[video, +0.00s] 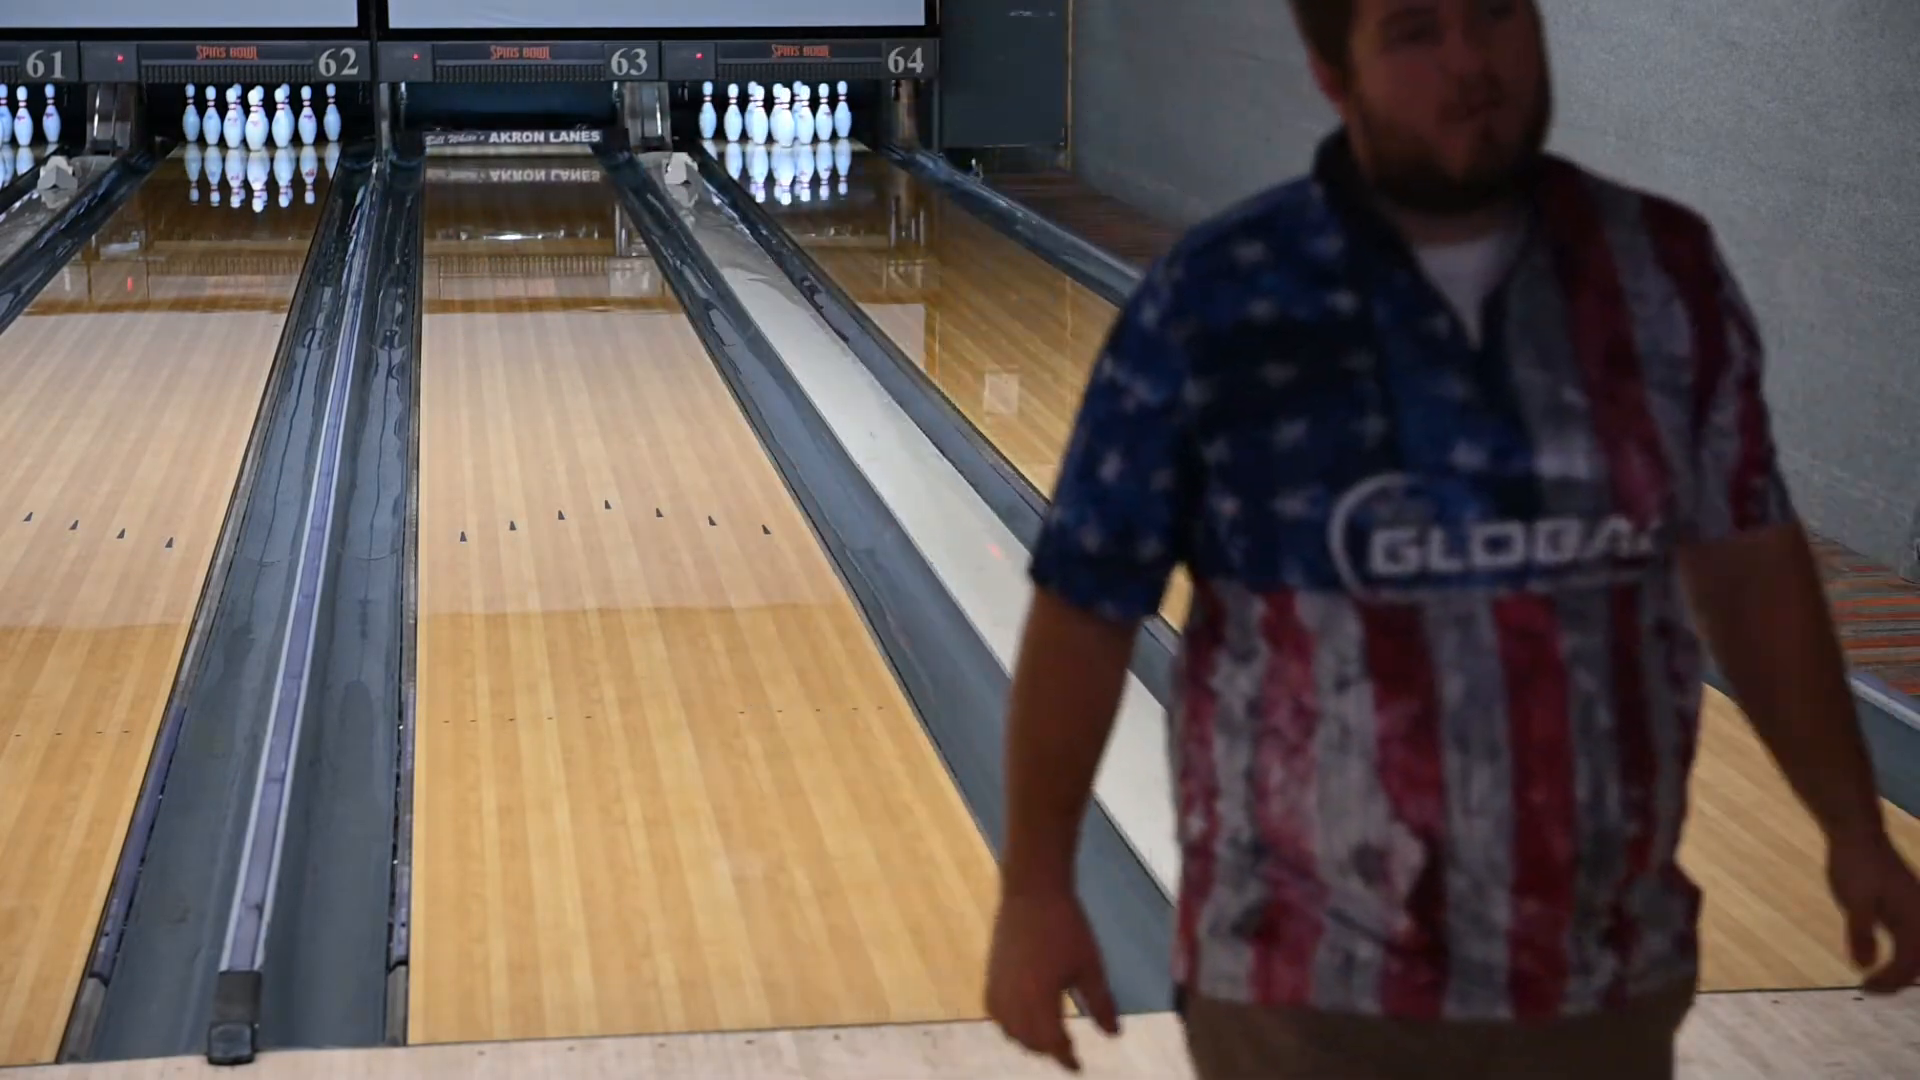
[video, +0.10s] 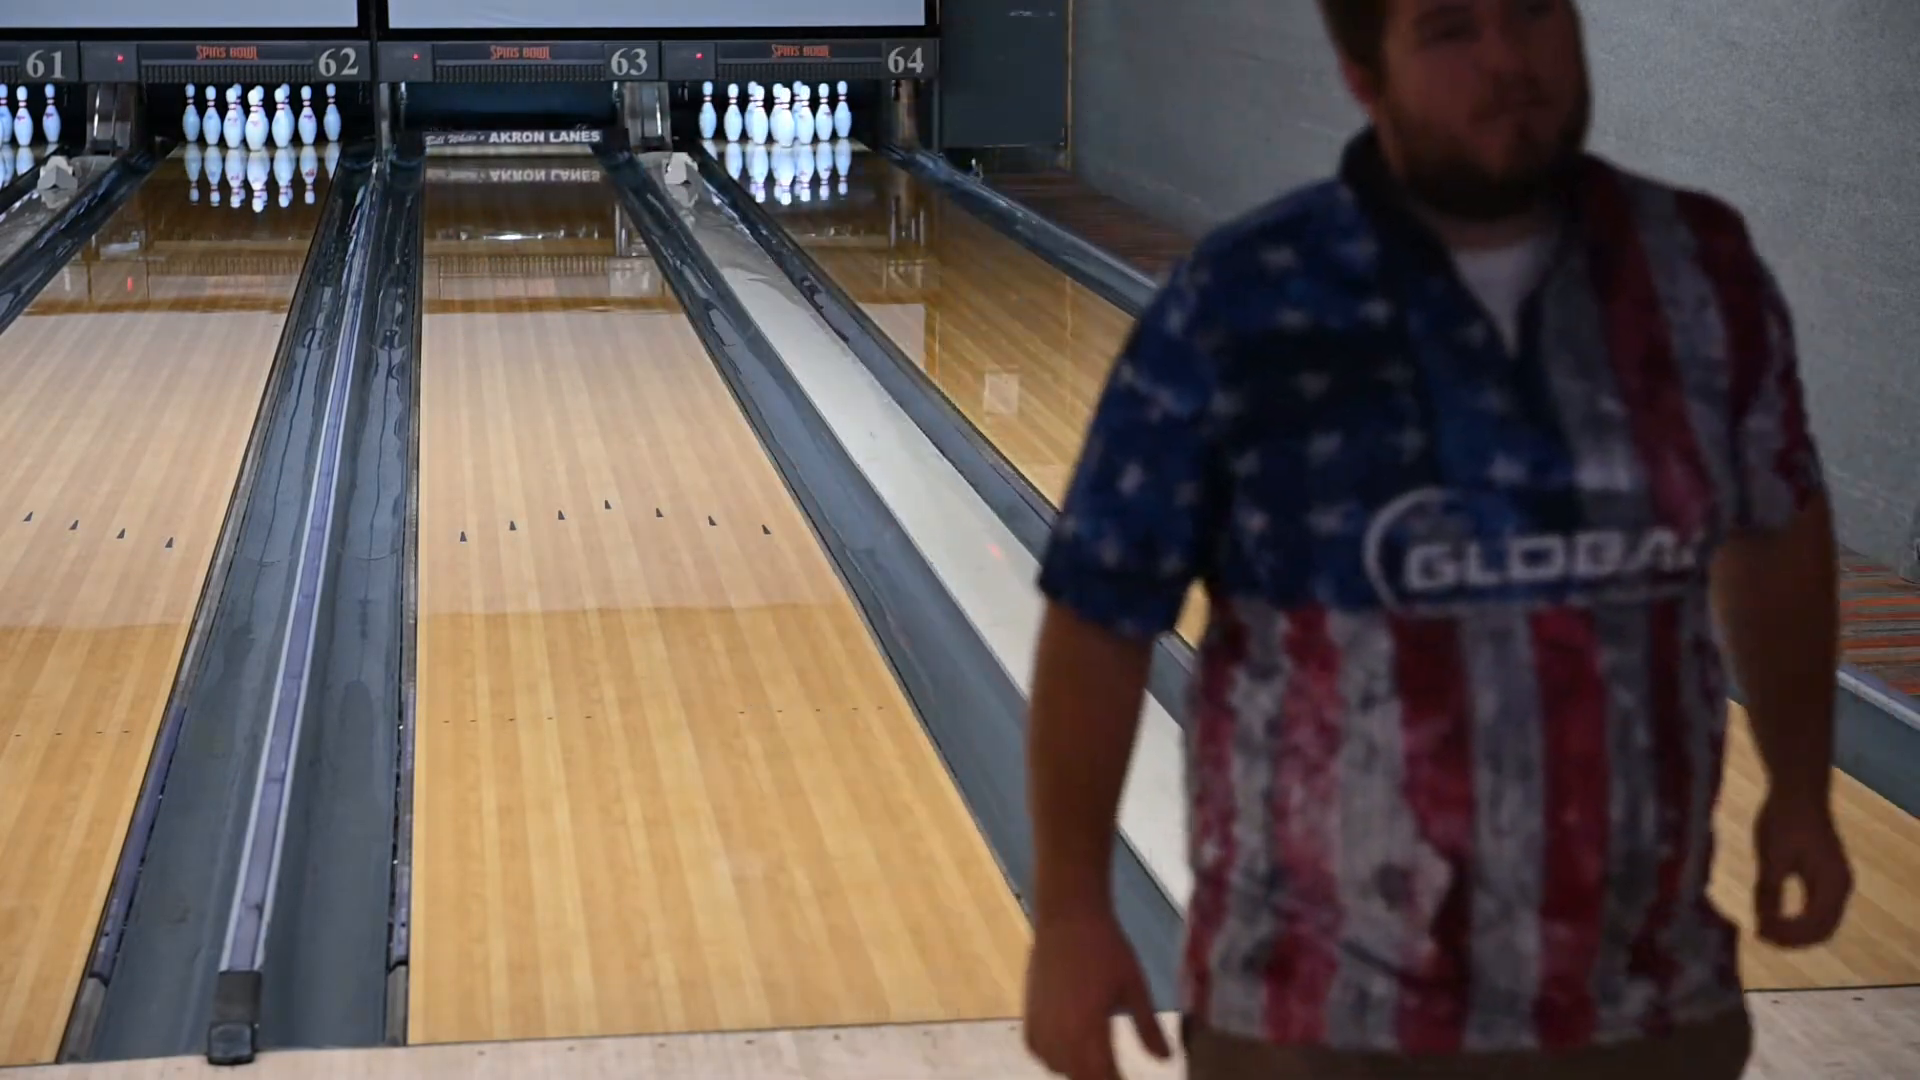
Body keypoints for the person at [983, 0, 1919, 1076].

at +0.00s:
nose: (1471, 65)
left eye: (1497, 18)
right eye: (1414, 33)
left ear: (1542, 34)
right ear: (1332, 74)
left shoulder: (1660, 269)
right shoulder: (1212, 301)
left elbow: (1747, 558)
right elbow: (1082, 598)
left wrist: (1854, 825)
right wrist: (1035, 887)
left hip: (1592, 961)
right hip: (1304, 969)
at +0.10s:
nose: (1510, 65)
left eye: (1535, 15)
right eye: (1449, 32)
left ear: (1581, 27)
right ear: (1363, 73)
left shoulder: (1696, 264)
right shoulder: (1236, 306)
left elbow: (1773, 531)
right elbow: (1098, 609)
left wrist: (1799, 789)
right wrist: (1070, 907)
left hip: (1642, 977)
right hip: (1321, 992)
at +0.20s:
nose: (1562, 59)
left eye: (1589, 11)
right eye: (1500, 26)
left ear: (1634, 25)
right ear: (1403, 65)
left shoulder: (1735, 255)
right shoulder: (1270, 299)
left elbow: (1823, 490)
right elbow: (1113, 608)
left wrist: (1817, 740)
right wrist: (1112, 929)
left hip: (1687, 989)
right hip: (1356, 1007)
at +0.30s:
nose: (1622, 62)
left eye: (1648, 12)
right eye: (1559, 26)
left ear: (1692, 27)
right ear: (1449, 67)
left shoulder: (1786, 263)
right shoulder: (1305, 302)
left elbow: (1897, 473)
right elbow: (1126, 610)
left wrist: (1879, 713)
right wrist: (1165, 953)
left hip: (1736, 1001)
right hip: (1398, 1021)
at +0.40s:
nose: (1697, 90)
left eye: (1723, 38)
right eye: (1633, 50)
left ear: (1762, 58)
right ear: (1520, 88)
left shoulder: (1848, 295)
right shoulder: (1356, 326)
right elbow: (1143, 634)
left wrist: (1909, 823)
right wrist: (1226, 977)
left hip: (1795, 1020)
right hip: (1448, 1034)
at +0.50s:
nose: (1790, 124)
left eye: (1818, 74)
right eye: (1729, 81)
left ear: (1848, 88)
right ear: (1598, 113)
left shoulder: (1901, 331)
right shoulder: (1424, 357)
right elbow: (1180, 662)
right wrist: (1288, 1008)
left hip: (1873, 1032)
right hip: (1517, 1040)